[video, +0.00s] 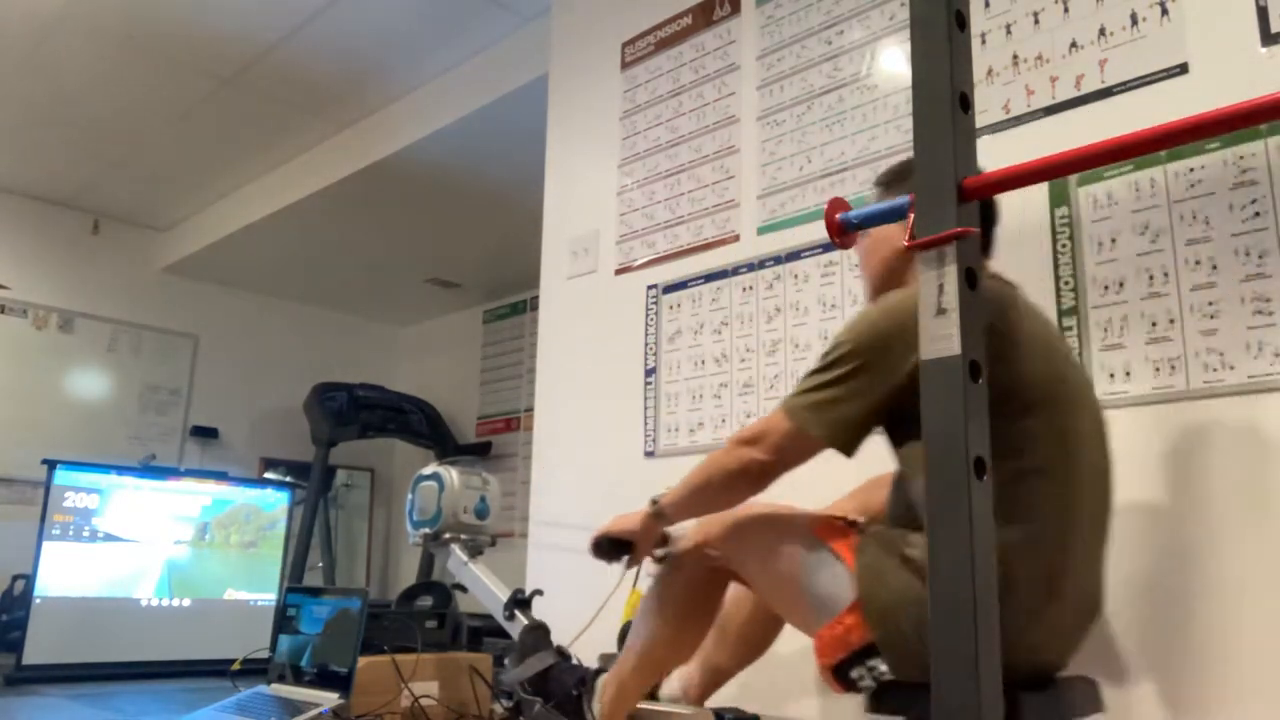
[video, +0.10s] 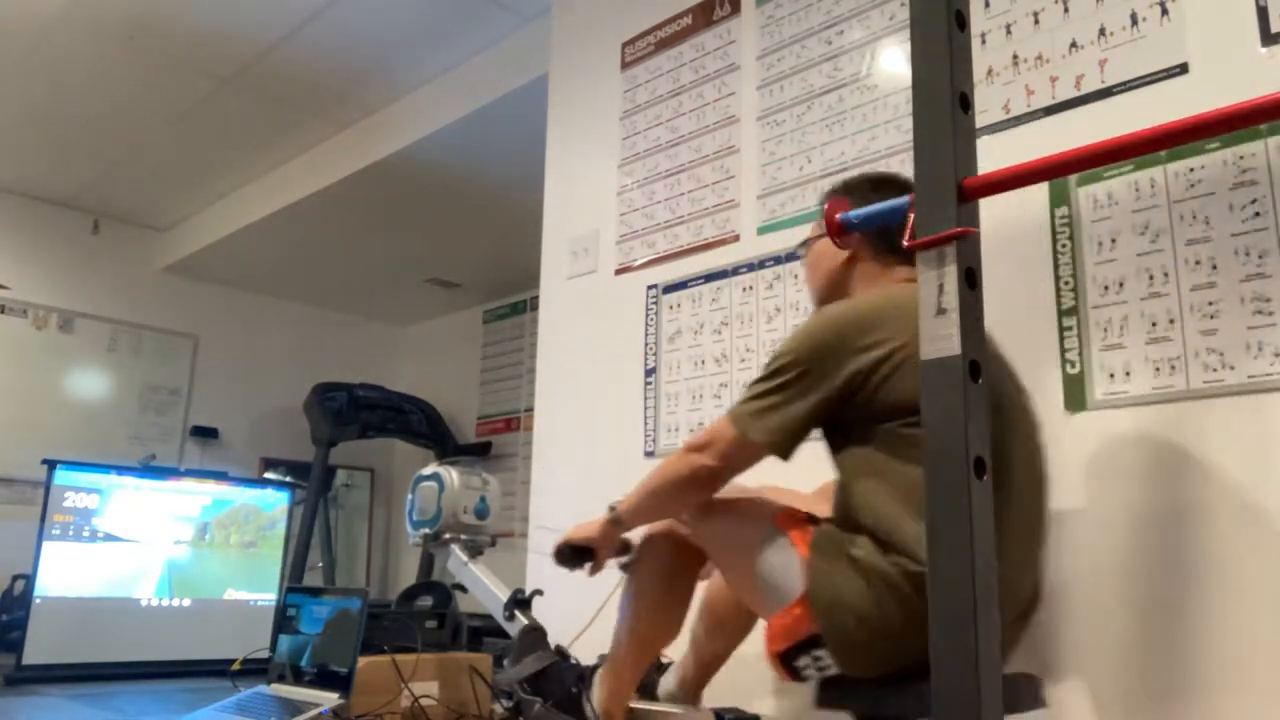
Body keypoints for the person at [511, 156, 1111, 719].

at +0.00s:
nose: (854, 248)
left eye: (864, 227)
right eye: (857, 229)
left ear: (916, 227)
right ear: (954, 233)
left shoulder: (910, 313)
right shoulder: (1011, 315)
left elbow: (759, 455)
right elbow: (886, 498)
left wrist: (655, 516)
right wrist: (725, 533)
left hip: (966, 634)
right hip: (1036, 630)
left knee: (714, 540)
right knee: (775, 548)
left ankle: (611, 704)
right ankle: (691, 692)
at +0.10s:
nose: (803, 264)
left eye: (810, 244)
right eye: (805, 247)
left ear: (849, 240)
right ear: (898, 242)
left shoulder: (853, 324)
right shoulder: (953, 319)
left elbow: (708, 462)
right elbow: (864, 499)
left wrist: (612, 523)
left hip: (892, 614)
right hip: (977, 616)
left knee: (674, 523)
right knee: (748, 535)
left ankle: (608, 701)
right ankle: (680, 692)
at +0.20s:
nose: (755, 280)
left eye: (759, 262)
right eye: (755, 265)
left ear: (796, 253)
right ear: (854, 264)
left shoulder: (790, 337)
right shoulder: (897, 335)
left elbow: (660, 466)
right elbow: (820, 507)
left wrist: (574, 526)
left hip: (836, 622)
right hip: (917, 623)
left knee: (649, 500)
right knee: (718, 491)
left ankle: (606, 699)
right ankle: (679, 683)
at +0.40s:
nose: (680, 301)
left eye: (683, 283)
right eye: (679, 287)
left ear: (713, 276)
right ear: (774, 287)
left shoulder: (707, 352)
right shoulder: (820, 360)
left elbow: (589, 471)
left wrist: (513, 527)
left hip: (754, 627)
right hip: (844, 632)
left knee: (605, 482)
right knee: (676, 464)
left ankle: (606, 686)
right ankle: (678, 652)